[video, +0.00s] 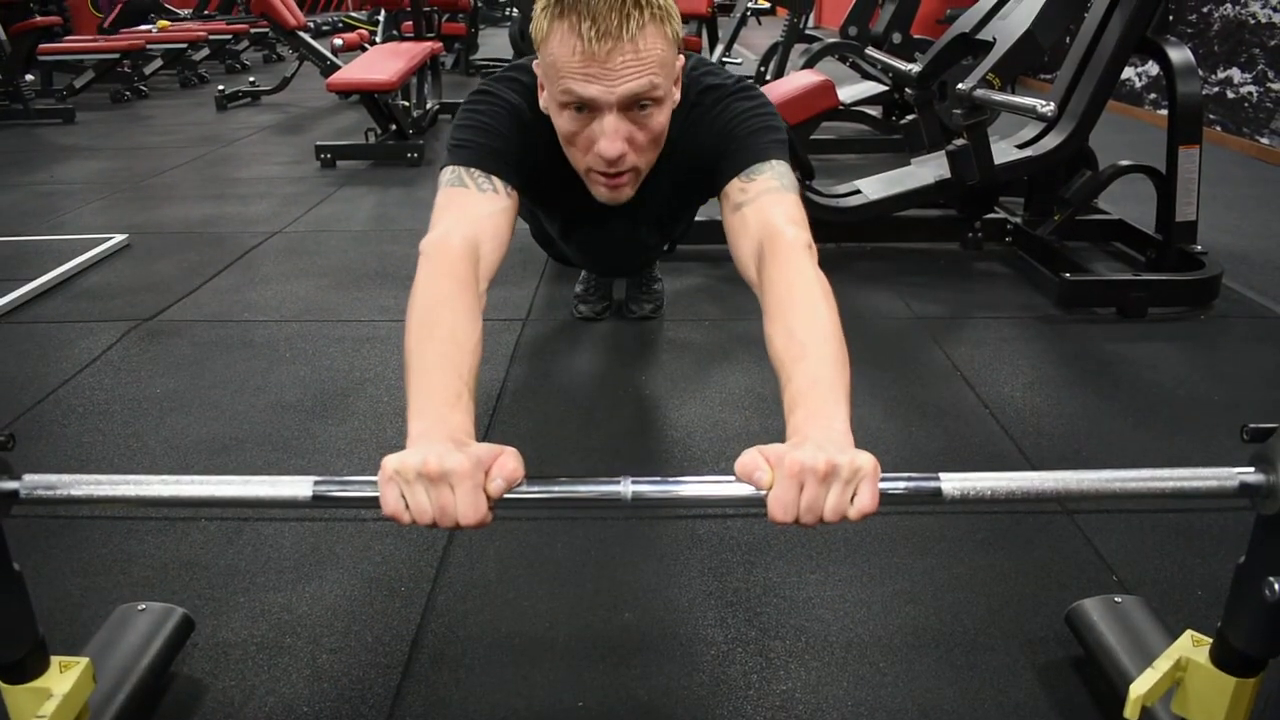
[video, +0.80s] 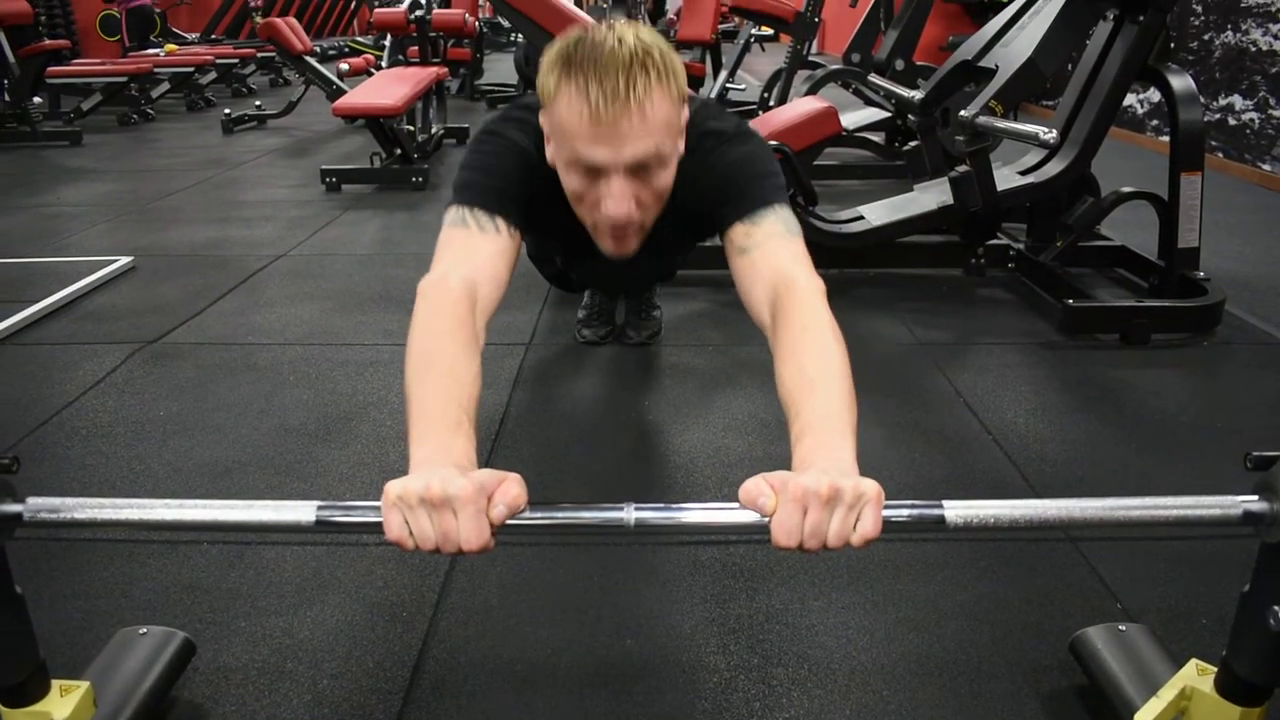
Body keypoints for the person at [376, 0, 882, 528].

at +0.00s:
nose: (611, 144)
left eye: (640, 106)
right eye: (580, 108)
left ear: (679, 73)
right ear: (541, 83)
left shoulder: (729, 109)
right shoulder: (502, 108)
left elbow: (782, 253)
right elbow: (452, 258)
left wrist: (821, 438)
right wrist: (438, 439)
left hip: (655, 223)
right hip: (566, 230)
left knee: (643, 249)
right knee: (585, 254)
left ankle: (641, 275)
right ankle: (595, 274)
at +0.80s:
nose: (618, 201)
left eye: (645, 169)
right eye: (590, 171)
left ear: (681, 132)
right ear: (549, 140)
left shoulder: (727, 151)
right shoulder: (507, 151)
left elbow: (794, 300)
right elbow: (452, 295)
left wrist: (827, 469)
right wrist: (440, 467)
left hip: (665, 247)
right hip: (563, 251)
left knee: (645, 273)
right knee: (582, 280)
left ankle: (638, 298)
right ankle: (599, 297)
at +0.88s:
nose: (621, 235)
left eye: (647, 204)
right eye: (594, 205)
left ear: (682, 163)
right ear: (553, 165)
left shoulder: (727, 168)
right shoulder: (513, 165)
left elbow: (800, 318)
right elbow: (452, 311)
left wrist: (825, 473)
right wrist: (441, 471)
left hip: (666, 263)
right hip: (565, 261)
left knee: (644, 297)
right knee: (586, 295)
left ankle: (638, 312)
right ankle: (597, 310)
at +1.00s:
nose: (628, 300)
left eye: (654, 266)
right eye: (601, 267)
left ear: (688, 216)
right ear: (561, 220)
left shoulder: (733, 207)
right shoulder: (519, 203)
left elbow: (812, 361)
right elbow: (452, 358)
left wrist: (827, 476)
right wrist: (443, 477)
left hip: (686, 276)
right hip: (571, 279)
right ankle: (597, 325)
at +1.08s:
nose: (630, 344)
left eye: (657, 313)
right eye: (600, 315)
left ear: (689, 249)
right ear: (560, 254)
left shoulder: (738, 241)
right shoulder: (519, 240)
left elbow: (820, 392)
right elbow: (451, 389)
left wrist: (826, 479)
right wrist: (442, 479)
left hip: (671, 145)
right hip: (552, 150)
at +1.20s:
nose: (629, 404)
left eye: (655, 373)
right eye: (601, 376)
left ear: (691, 300)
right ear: (561, 312)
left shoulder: (738, 277)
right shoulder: (519, 281)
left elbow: (821, 437)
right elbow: (453, 432)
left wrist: (830, 488)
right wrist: (439, 486)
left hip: (673, 173)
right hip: (559, 166)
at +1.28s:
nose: (630, 443)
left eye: (655, 415)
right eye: (603, 418)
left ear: (691, 342)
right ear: (562, 355)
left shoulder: (736, 308)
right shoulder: (518, 313)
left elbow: (820, 473)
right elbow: (447, 475)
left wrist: (822, 503)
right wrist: (444, 500)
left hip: (677, 196)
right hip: (564, 195)